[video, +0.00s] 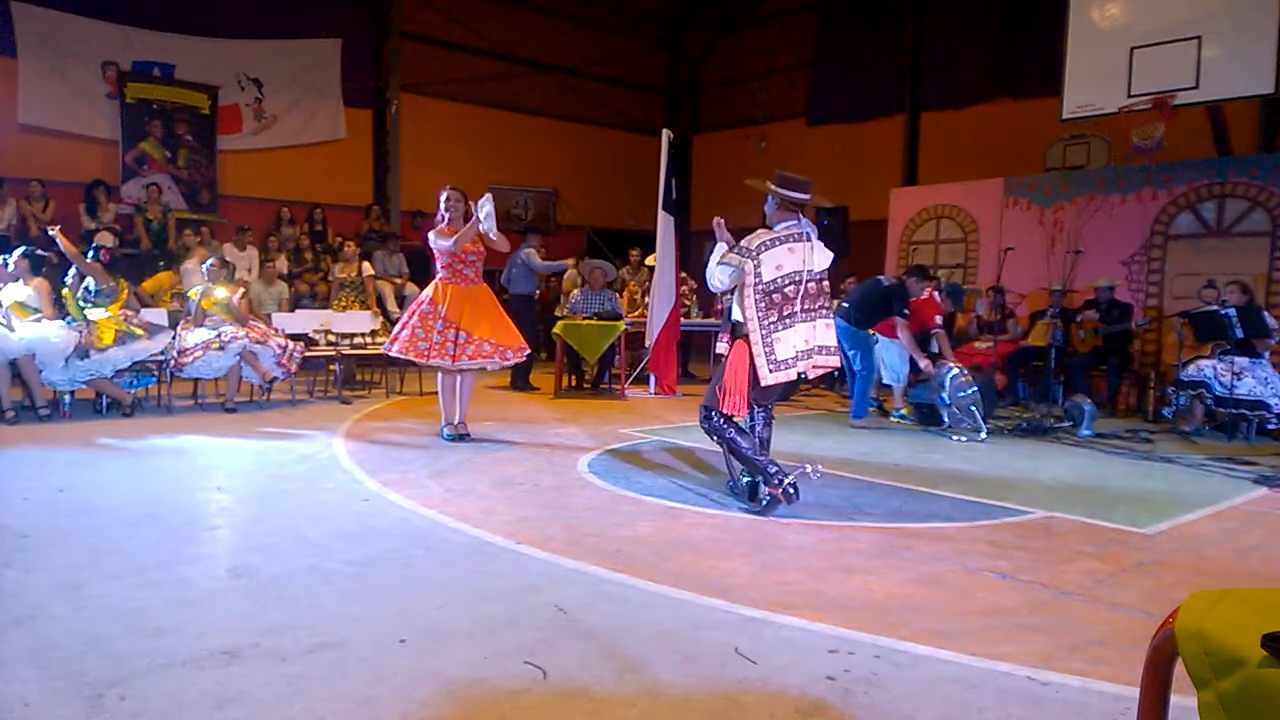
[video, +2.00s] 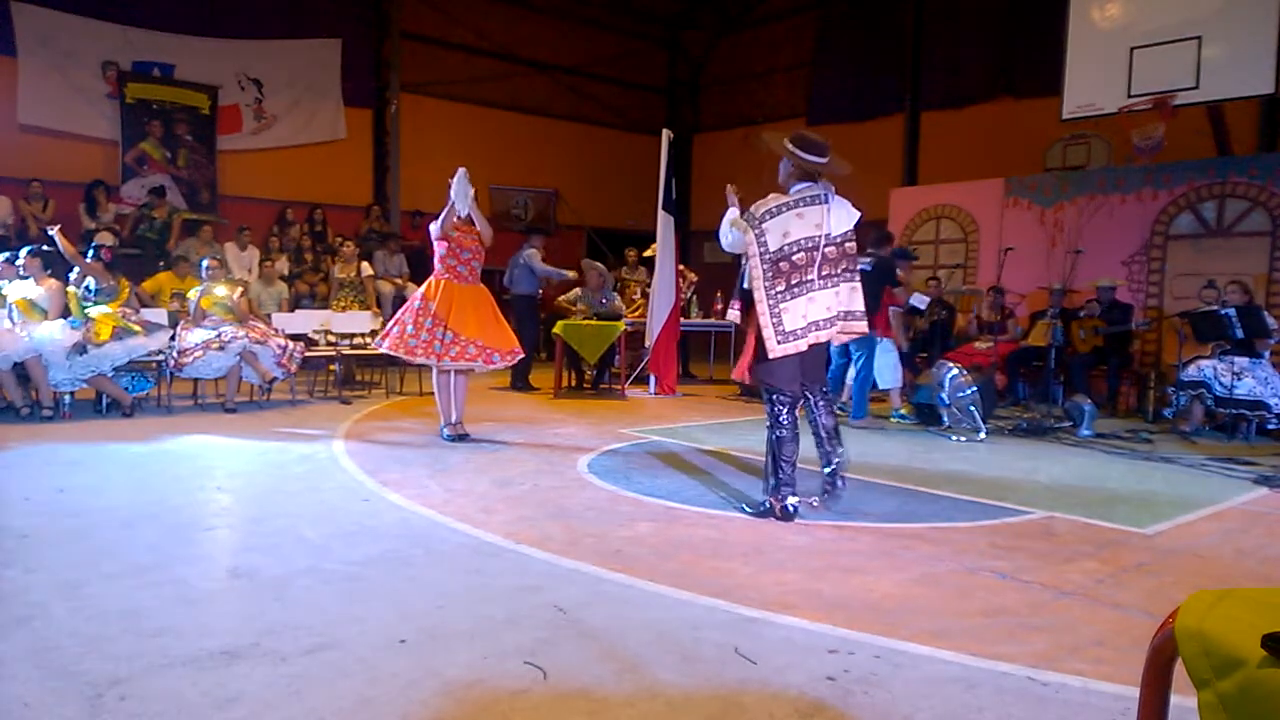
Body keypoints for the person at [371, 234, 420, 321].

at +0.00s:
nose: (396, 245)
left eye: (397, 242)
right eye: (393, 243)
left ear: (398, 244)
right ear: (386, 244)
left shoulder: (400, 255)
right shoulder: (379, 255)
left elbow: (405, 272)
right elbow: (379, 273)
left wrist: (402, 283)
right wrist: (394, 282)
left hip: (398, 278)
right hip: (384, 278)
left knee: (414, 291)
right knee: (387, 290)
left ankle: (406, 315)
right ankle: (395, 315)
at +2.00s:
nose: (396, 245)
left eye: (397, 243)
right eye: (394, 243)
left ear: (399, 244)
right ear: (387, 243)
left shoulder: (400, 255)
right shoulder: (379, 254)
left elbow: (405, 272)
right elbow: (380, 273)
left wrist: (404, 282)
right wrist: (395, 283)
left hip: (398, 278)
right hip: (383, 278)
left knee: (414, 291)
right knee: (387, 291)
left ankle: (417, 317)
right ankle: (387, 318)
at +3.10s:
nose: (397, 245)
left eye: (398, 243)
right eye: (394, 243)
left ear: (399, 244)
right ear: (388, 243)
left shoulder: (400, 256)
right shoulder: (379, 254)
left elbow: (405, 272)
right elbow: (380, 273)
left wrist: (404, 282)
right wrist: (394, 283)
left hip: (398, 278)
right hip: (383, 278)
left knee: (414, 291)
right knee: (387, 291)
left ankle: (418, 317)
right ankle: (387, 318)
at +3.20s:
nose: (397, 245)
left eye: (398, 243)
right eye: (394, 242)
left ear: (399, 244)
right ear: (388, 243)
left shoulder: (400, 255)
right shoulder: (379, 254)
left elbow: (405, 272)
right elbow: (380, 273)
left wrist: (404, 282)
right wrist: (394, 283)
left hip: (398, 278)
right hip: (383, 278)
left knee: (414, 291)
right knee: (387, 291)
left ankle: (418, 317)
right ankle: (387, 318)